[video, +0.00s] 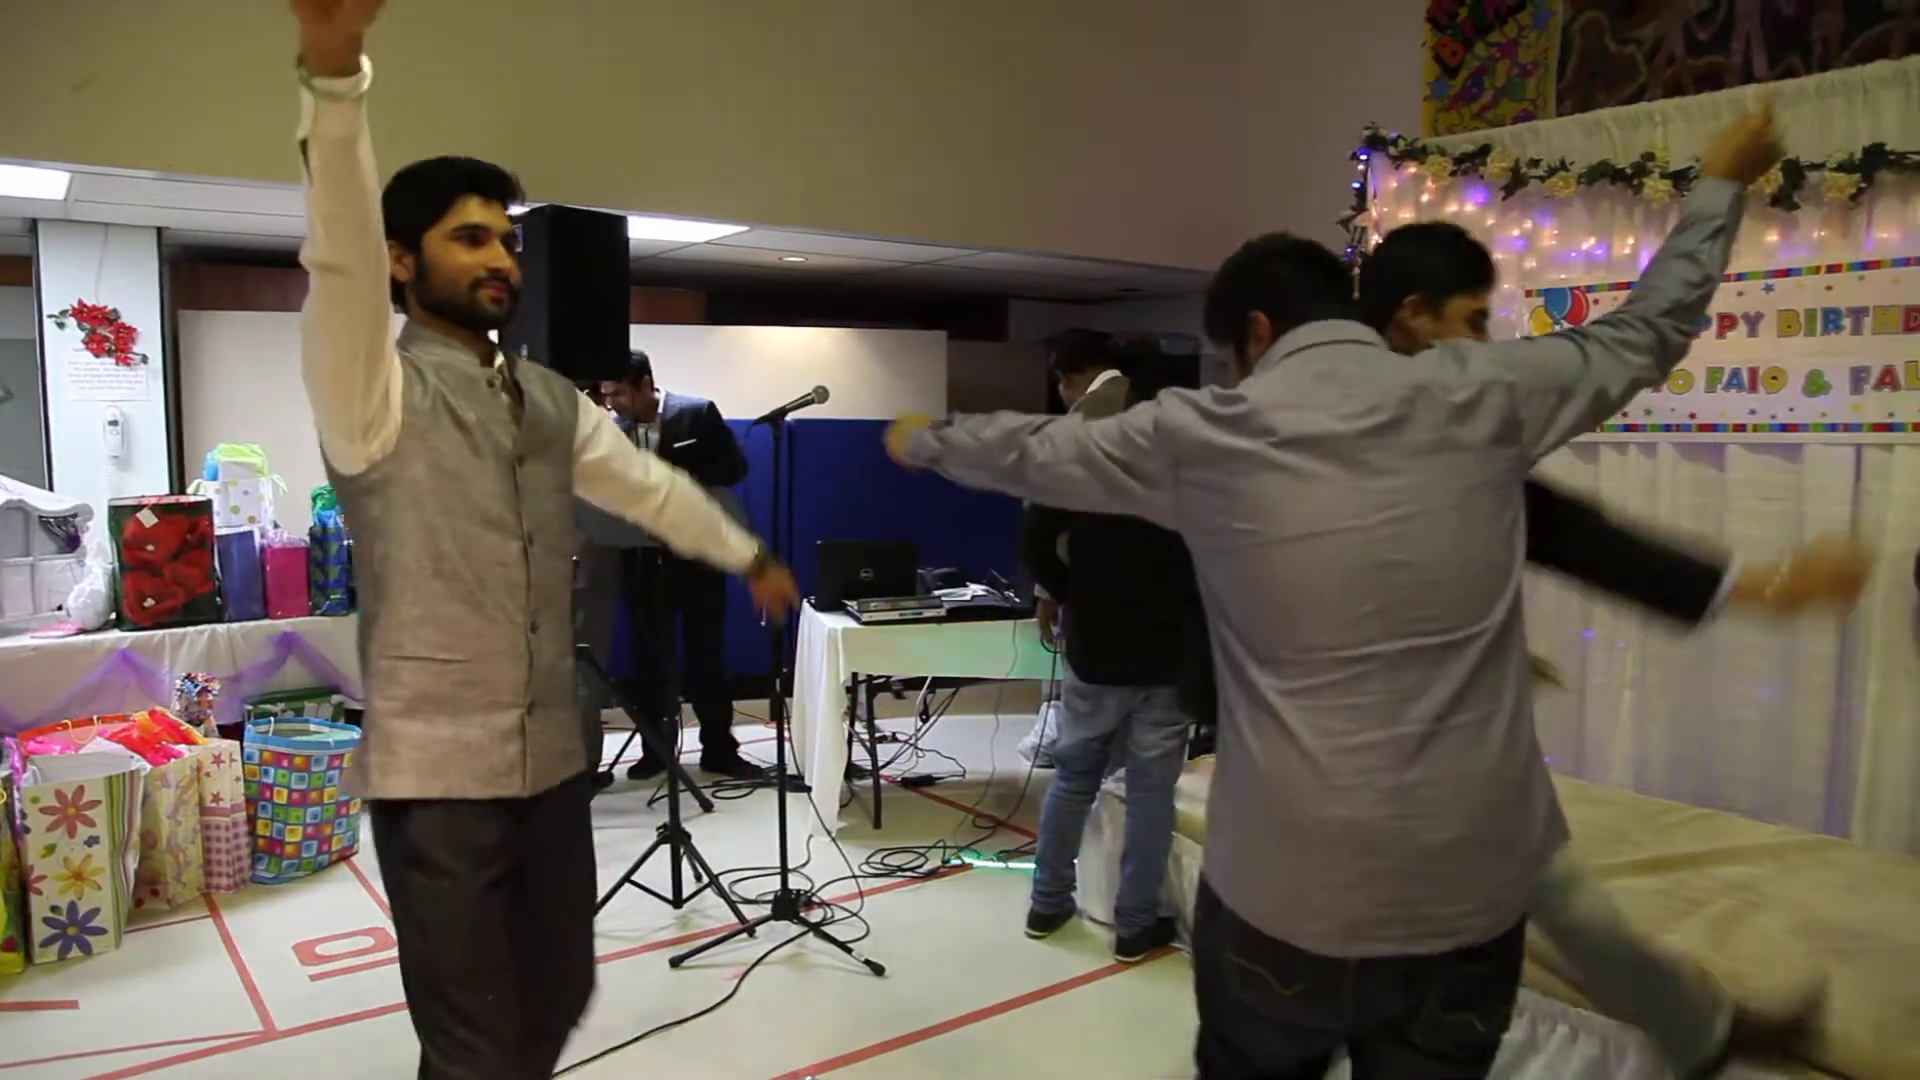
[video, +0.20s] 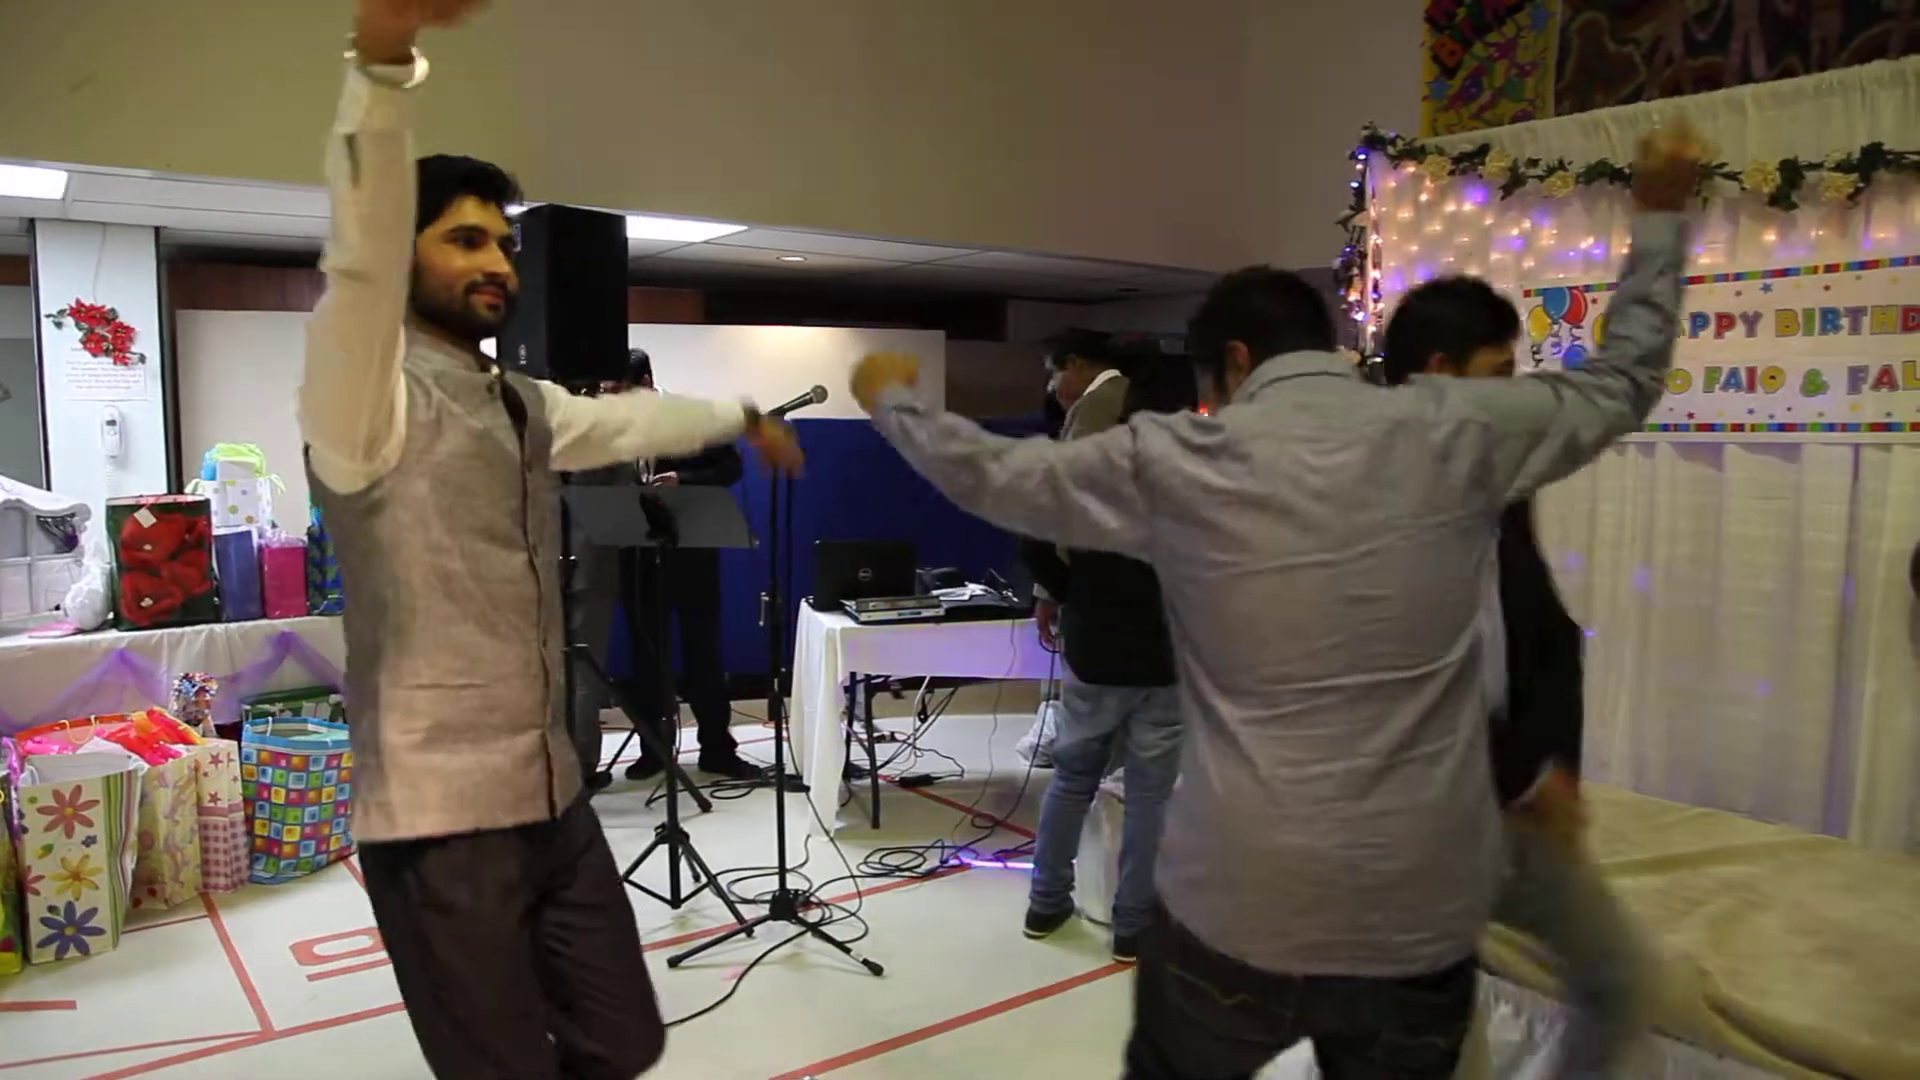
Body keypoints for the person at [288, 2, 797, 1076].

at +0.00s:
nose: (501, 256)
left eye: (507, 240)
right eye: (471, 238)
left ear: (515, 261)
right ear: (405, 260)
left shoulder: (546, 395)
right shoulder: (373, 387)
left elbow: (646, 483)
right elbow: (346, 259)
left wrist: (750, 558)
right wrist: (332, 79)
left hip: (554, 759)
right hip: (438, 768)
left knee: (556, 1003)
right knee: (480, 1043)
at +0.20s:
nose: (496, 261)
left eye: (504, 244)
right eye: (465, 239)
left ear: (511, 265)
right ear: (400, 256)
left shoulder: (525, 404)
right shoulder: (367, 406)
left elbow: (627, 420)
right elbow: (363, 256)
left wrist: (742, 416)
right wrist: (381, 64)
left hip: (553, 799)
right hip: (437, 821)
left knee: (618, 1043)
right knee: (506, 1069)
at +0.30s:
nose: (494, 266)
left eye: (502, 250)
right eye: (465, 244)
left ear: (509, 270)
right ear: (404, 261)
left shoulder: (512, 406)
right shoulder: (368, 413)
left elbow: (604, 406)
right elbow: (382, 267)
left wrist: (712, 357)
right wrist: (413, 57)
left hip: (546, 809)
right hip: (441, 835)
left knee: (637, 1051)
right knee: (511, 1073)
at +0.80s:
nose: (517, 257)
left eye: (514, 232)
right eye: (488, 232)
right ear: (398, 241)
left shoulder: (496, 383)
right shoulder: (379, 414)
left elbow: (580, 323)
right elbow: (435, 243)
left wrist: (665, 231)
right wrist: (497, 27)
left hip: (562, 819)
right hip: (473, 845)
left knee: (620, 1060)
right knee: (502, 1074)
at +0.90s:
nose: (525, 261)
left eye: (523, 237)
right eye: (499, 237)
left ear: (517, 250)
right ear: (433, 249)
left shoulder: (502, 384)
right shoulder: (384, 417)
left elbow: (584, 324)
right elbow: (432, 247)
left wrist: (664, 225)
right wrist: (492, 28)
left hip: (563, 823)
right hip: (473, 849)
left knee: (621, 1063)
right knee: (501, 1074)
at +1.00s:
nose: (530, 261)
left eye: (531, 239)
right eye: (502, 233)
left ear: (529, 258)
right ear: (432, 244)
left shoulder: (505, 382)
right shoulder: (384, 410)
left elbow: (587, 323)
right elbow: (421, 242)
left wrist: (670, 223)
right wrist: (482, 26)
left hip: (561, 827)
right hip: (463, 851)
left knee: (622, 1065)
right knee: (479, 1074)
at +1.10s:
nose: (536, 262)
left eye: (535, 240)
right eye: (508, 235)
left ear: (526, 259)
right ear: (432, 245)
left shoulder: (507, 384)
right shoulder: (382, 409)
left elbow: (596, 320)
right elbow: (416, 233)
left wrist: (680, 214)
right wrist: (473, 12)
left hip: (557, 838)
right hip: (451, 860)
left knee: (632, 1064)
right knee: (464, 1075)